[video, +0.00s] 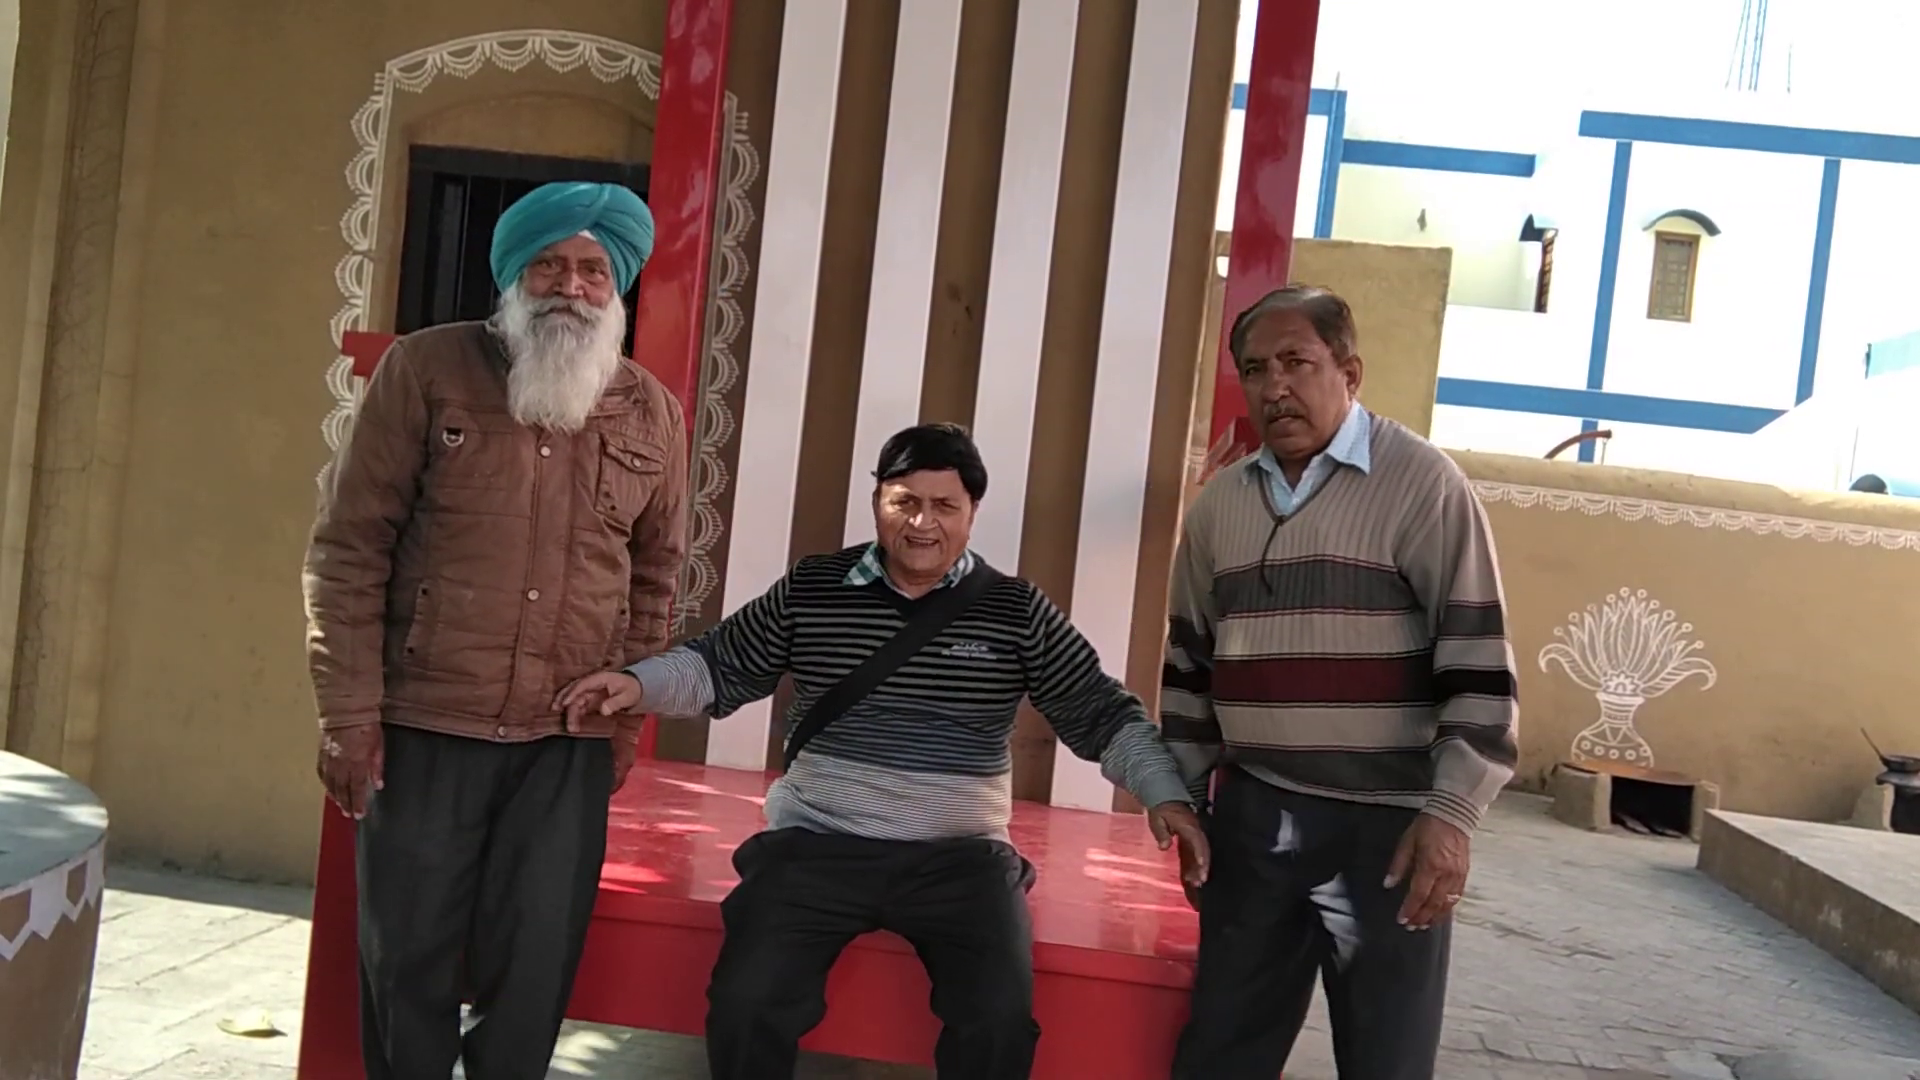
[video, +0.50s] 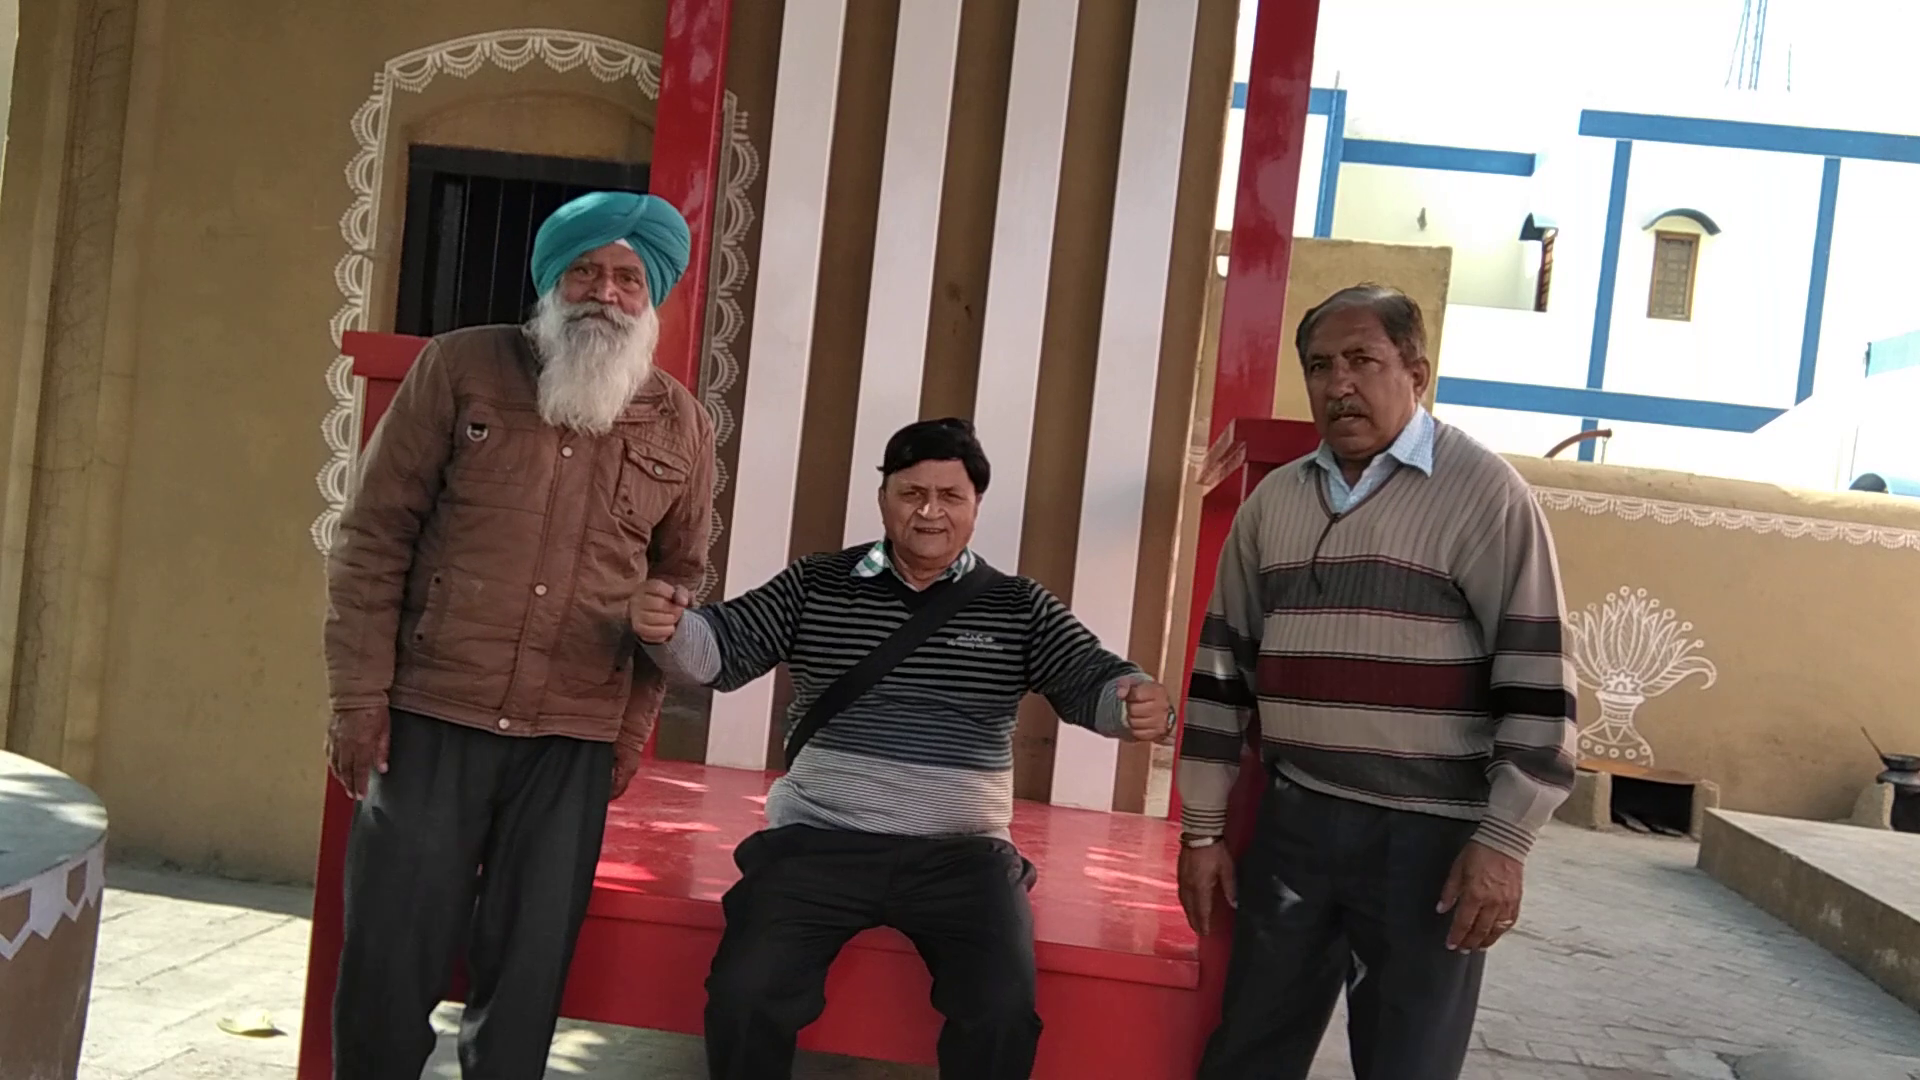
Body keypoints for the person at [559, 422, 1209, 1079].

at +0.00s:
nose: (924, 520)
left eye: (944, 506)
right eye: (907, 502)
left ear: (973, 515)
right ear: (877, 505)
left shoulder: (1014, 611)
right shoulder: (814, 590)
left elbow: (1101, 712)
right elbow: (721, 666)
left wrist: (1167, 797)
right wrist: (635, 684)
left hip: (961, 849)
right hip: (814, 837)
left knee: (998, 1019)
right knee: (746, 1004)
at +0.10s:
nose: (923, 519)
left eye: (943, 506)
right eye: (908, 501)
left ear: (973, 515)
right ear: (878, 503)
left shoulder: (1015, 613)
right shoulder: (815, 589)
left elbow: (1100, 714)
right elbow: (723, 665)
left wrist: (1168, 799)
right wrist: (635, 686)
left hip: (961, 849)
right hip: (813, 837)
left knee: (998, 1020)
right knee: (745, 1009)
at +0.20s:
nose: (924, 516)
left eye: (944, 503)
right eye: (908, 500)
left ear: (974, 514)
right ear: (878, 504)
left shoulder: (1015, 612)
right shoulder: (815, 589)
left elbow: (1099, 711)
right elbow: (721, 667)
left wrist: (1164, 789)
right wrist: (635, 690)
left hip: (961, 850)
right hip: (814, 837)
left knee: (997, 1020)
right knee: (746, 1003)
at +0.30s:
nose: (926, 512)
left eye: (946, 499)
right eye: (910, 495)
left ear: (975, 512)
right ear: (881, 502)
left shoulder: (1017, 611)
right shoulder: (818, 587)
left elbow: (1097, 703)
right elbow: (718, 662)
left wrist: (1165, 770)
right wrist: (628, 688)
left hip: (961, 848)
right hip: (815, 836)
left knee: (999, 1019)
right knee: (745, 1004)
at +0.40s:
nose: (928, 513)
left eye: (949, 496)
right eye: (910, 494)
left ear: (977, 508)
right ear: (881, 501)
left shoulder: (1016, 608)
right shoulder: (817, 587)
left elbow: (1090, 686)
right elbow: (720, 650)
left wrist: (1153, 734)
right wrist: (649, 661)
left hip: (962, 848)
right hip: (818, 837)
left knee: (1000, 1019)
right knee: (745, 1005)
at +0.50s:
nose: (931, 511)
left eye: (950, 496)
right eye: (913, 493)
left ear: (976, 506)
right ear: (883, 498)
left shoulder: (1016, 605)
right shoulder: (816, 586)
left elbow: (1083, 674)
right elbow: (724, 649)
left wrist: (1134, 701)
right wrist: (669, 628)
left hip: (963, 850)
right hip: (817, 839)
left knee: (1001, 1011)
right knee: (745, 997)